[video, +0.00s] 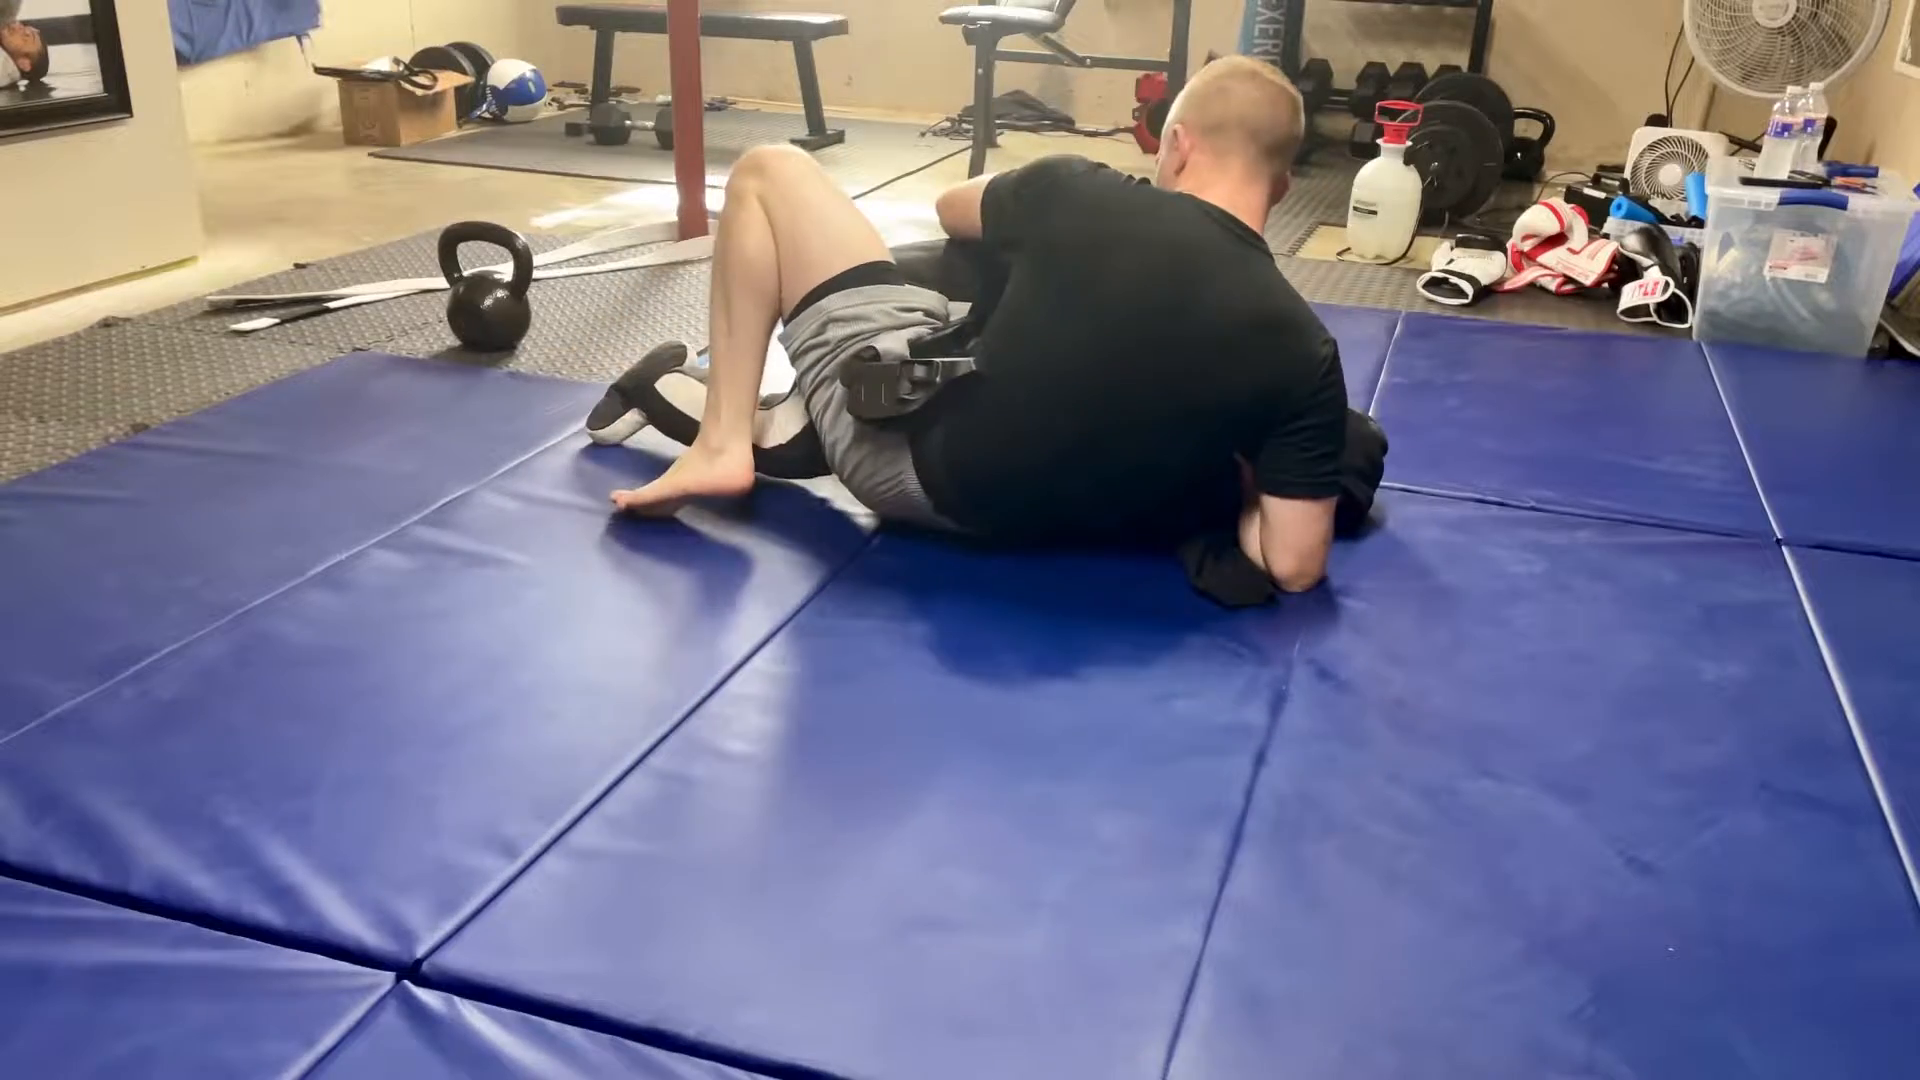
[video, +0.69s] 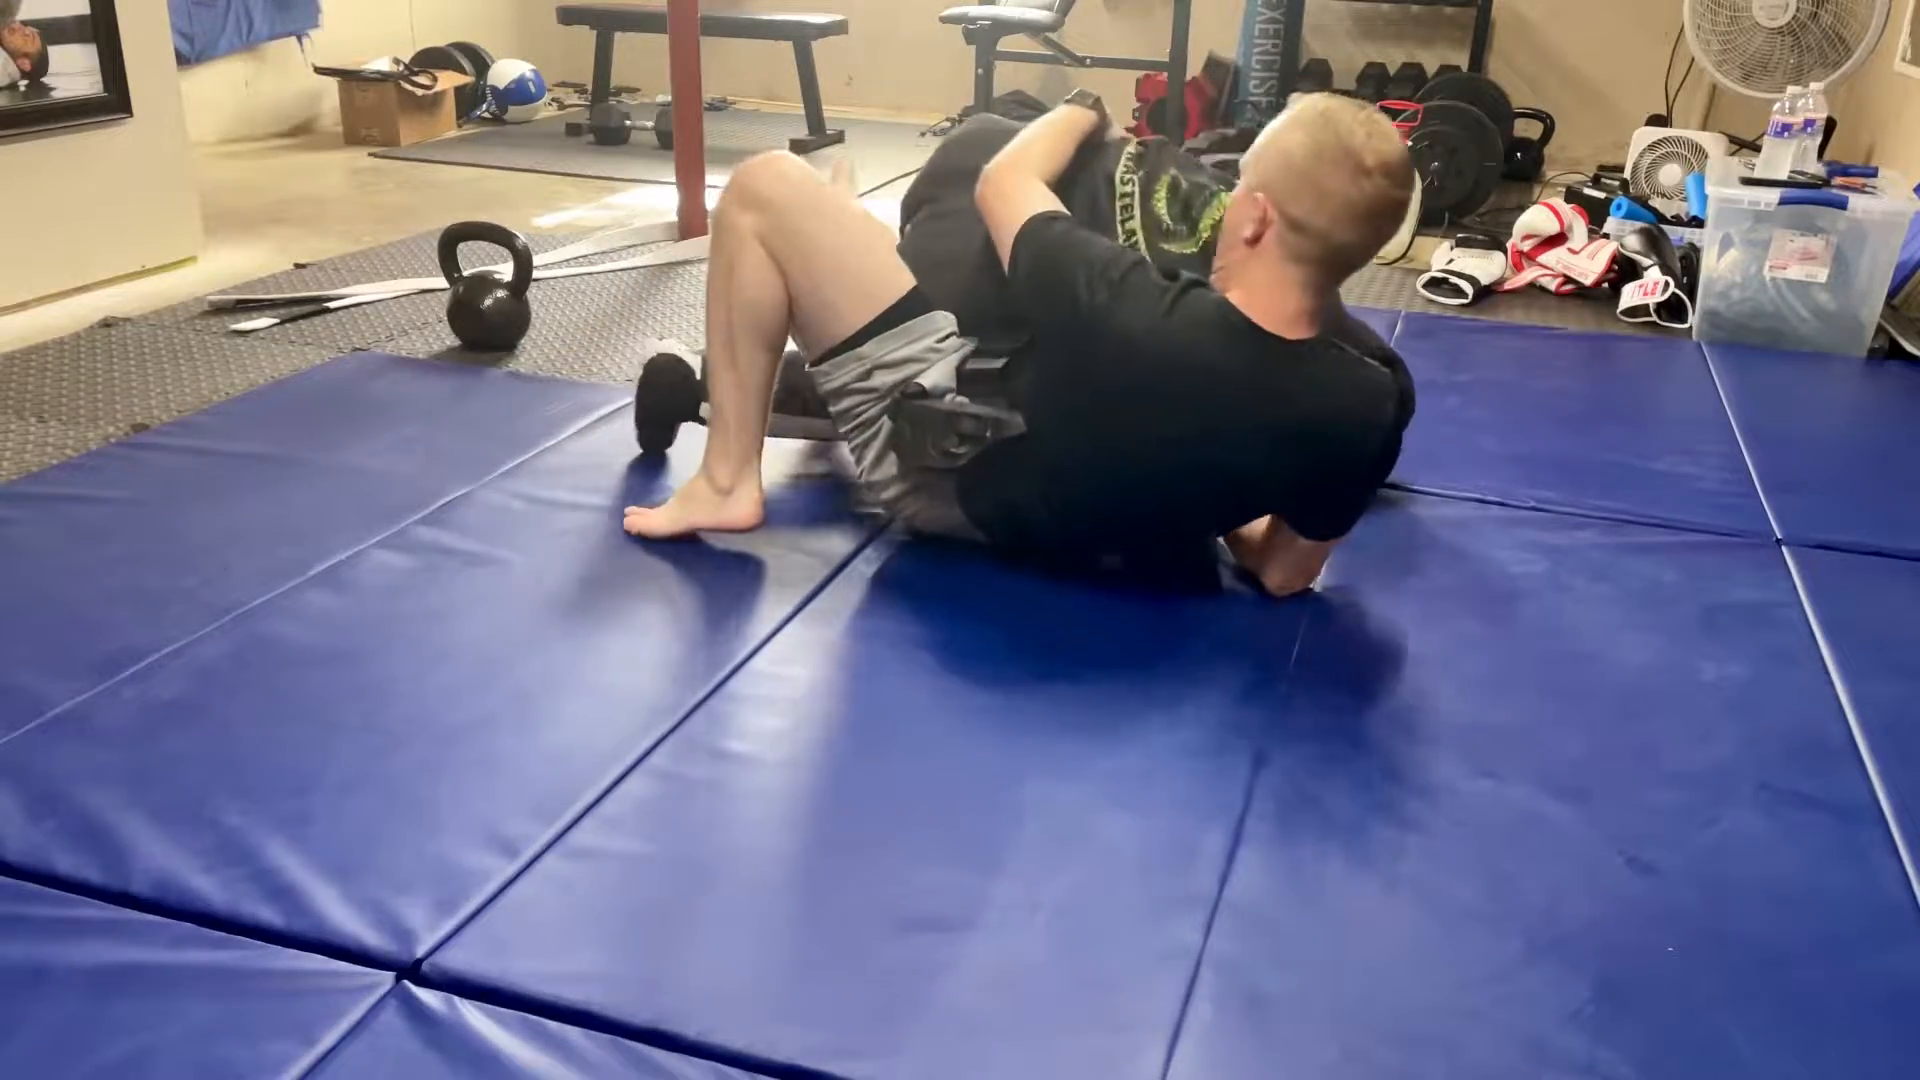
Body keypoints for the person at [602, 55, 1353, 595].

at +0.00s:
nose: (1162, 154)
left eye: (1162, 142)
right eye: (1171, 144)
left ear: (1174, 147)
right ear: (1284, 183)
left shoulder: (1070, 192)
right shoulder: (1301, 352)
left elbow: (954, 210)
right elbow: (1294, 567)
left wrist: (1051, 244)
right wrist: (1242, 471)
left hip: (914, 465)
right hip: (1049, 528)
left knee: (766, 170)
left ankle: (725, 443)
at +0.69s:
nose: (1228, 199)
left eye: (1240, 186)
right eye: (1243, 182)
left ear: (1254, 218)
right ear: (1364, 256)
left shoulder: (1117, 306)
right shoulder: (1374, 396)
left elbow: (1004, 185)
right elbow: (1285, 573)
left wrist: (1077, 113)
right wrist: (1219, 494)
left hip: (952, 479)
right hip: (1107, 532)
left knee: (763, 184)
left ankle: (727, 480)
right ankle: (732, 392)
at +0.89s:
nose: (1296, 195)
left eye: (1314, 173)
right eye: (1311, 171)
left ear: (1367, 196)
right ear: (1417, 218)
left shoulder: (1246, 284)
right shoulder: (1430, 398)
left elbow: (1038, 198)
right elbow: (1289, 574)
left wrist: (1094, 118)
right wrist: (1235, 461)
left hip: (978, 490)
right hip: (1087, 552)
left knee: (760, 226)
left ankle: (718, 499)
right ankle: (752, 415)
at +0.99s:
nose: (1310, 187)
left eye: (1333, 167)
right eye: (1320, 165)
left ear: (1414, 182)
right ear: (1438, 193)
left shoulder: (1363, 244)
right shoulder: (1462, 371)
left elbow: (1107, 246)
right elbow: (1308, 570)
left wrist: (1089, 156)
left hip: (1080, 518)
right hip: (1157, 584)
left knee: (797, 264)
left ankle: (663, 493)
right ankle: (744, 429)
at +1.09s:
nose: (1290, 193)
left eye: (1314, 166)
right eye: (1297, 168)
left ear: (1408, 163)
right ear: (1419, 177)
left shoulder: (1396, 235)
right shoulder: (1461, 304)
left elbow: (1171, 304)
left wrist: (1091, 215)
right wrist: (1170, 258)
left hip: (1202, 580)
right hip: (1248, 592)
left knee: (898, 341)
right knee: (914, 385)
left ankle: (638, 534)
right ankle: (718, 496)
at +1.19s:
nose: (1288, 203)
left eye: (1309, 170)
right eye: (1282, 180)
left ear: (1403, 141)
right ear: (1391, 159)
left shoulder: (1438, 216)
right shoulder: (1419, 269)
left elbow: (1302, 333)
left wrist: (1130, 284)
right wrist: (1150, 291)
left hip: (1269, 583)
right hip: (1243, 569)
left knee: (991, 362)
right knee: (966, 491)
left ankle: (635, 538)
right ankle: (676, 542)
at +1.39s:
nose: (1280, 200)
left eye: (1313, 165)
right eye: (1268, 172)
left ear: (1395, 138)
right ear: (1259, 162)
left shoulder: (1436, 208)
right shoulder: (1306, 285)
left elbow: (1440, 328)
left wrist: (1259, 407)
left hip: (1276, 650)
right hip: (1143, 594)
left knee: (1267, 406)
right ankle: (683, 355)